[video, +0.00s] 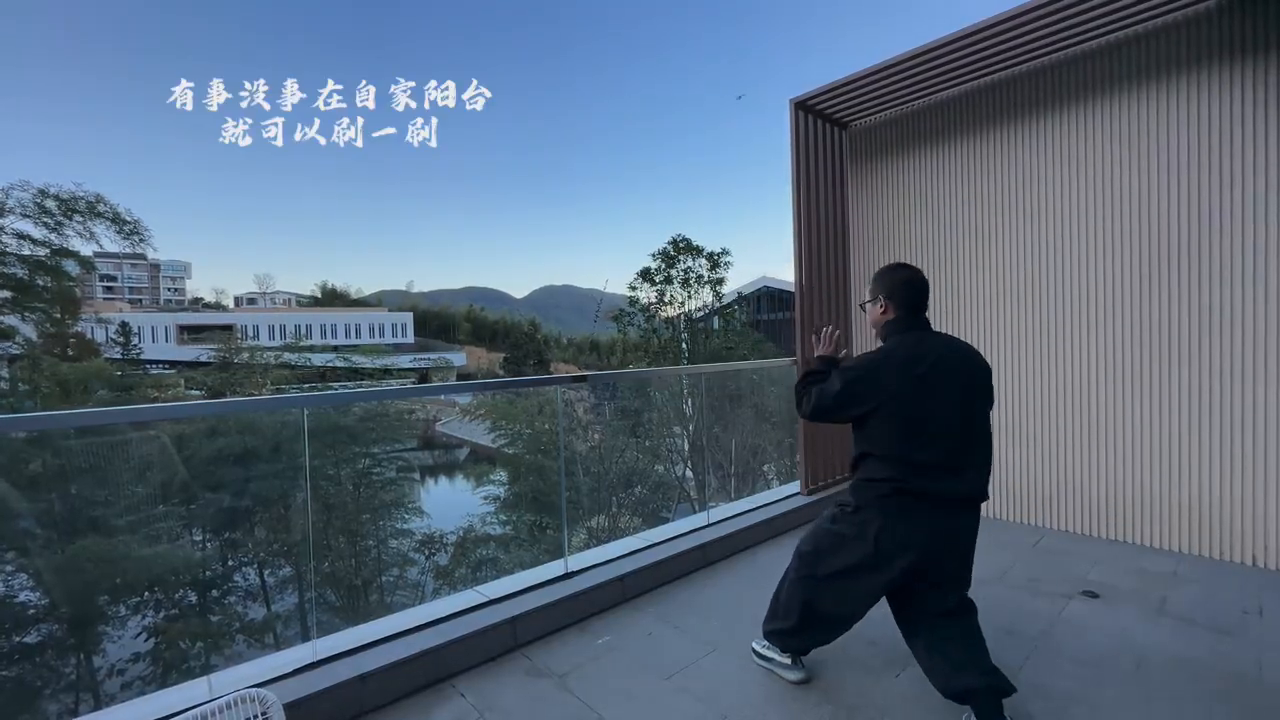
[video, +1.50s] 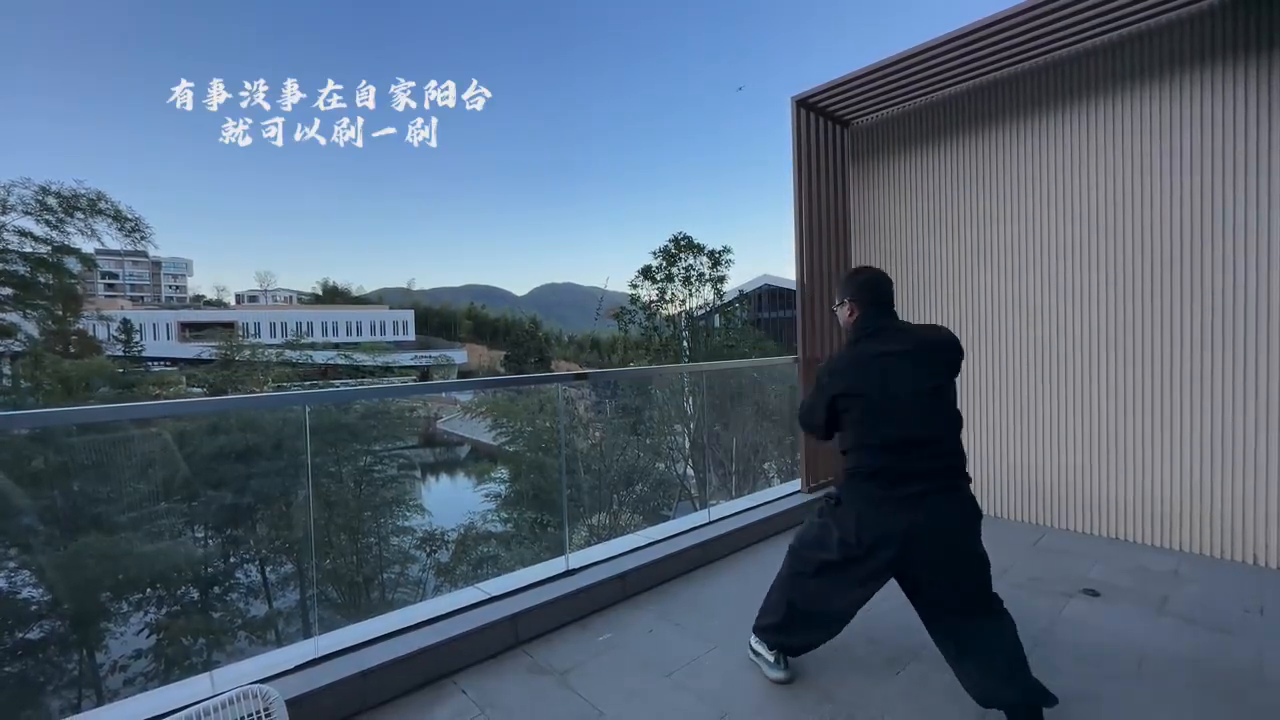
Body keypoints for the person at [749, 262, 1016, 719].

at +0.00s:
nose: (867, 312)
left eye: (870, 303)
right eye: (869, 303)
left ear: (887, 308)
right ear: (921, 307)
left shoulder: (878, 366)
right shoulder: (971, 360)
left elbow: (812, 401)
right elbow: (983, 406)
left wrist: (820, 362)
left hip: (887, 509)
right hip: (955, 514)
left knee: (818, 555)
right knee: (945, 607)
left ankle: (784, 646)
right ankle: (988, 705)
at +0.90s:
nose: (832, 312)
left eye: (836, 305)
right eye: (834, 304)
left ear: (851, 309)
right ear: (882, 308)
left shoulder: (831, 364)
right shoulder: (931, 347)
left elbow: (783, 391)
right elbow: (992, 399)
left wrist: (761, 385)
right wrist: (959, 445)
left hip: (855, 502)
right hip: (927, 503)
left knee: (804, 559)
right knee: (945, 599)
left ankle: (771, 644)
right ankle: (991, 704)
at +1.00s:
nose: (791, 316)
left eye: (794, 309)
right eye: (793, 308)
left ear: (808, 314)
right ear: (843, 313)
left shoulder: (791, 367)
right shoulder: (890, 347)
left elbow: (735, 399)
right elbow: (947, 393)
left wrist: (749, 420)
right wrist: (915, 432)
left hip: (834, 501)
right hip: (904, 496)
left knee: (792, 560)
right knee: (935, 591)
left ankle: (770, 644)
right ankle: (988, 700)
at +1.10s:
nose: (759, 322)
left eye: (761, 314)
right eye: (760, 314)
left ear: (773, 317)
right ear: (809, 314)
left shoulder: (769, 365)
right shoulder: (857, 353)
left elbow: (730, 432)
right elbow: (886, 405)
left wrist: (762, 453)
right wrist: (858, 440)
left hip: (821, 492)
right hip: (891, 486)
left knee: (786, 562)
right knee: (928, 584)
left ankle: (769, 645)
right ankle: (993, 694)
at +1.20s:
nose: (753, 322)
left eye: (754, 314)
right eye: (754, 314)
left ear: (765, 317)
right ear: (797, 313)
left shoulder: (771, 365)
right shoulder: (829, 348)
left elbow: (750, 437)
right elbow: (830, 407)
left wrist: (782, 409)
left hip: (827, 491)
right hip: (891, 482)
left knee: (784, 558)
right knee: (933, 585)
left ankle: (769, 644)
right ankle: (1006, 691)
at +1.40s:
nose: (801, 319)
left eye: (801, 312)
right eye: (801, 312)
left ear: (813, 314)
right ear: (849, 308)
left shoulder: (816, 362)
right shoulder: (884, 338)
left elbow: (783, 416)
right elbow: (849, 367)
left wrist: (798, 377)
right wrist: (801, 358)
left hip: (853, 504)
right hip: (923, 497)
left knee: (800, 559)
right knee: (962, 600)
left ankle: (769, 642)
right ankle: (1022, 701)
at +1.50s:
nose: (838, 316)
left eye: (839, 308)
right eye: (838, 308)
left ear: (851, 310)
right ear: (889, 305)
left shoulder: (843, 366)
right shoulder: (939, 343)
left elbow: (816, 425)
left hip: (873, 508)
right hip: (946, 504)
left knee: (811, 559)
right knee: (974, 605)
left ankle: (771, 643)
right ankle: (1024, 704)